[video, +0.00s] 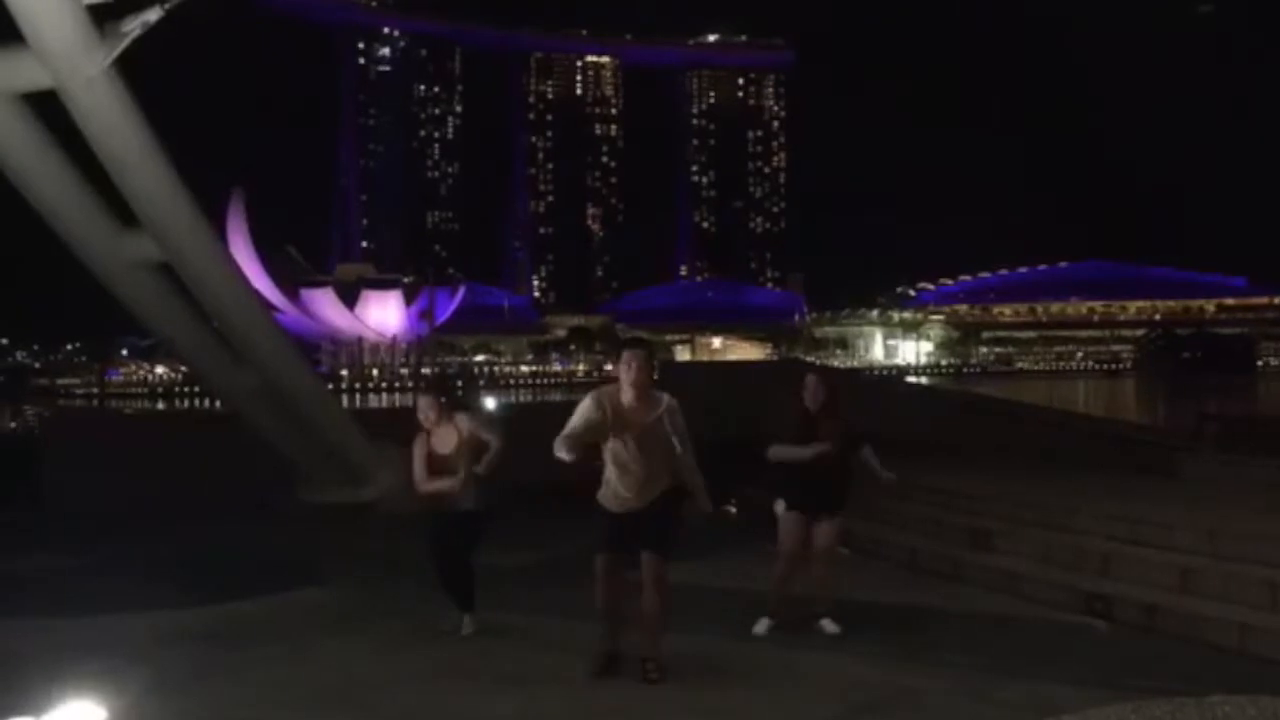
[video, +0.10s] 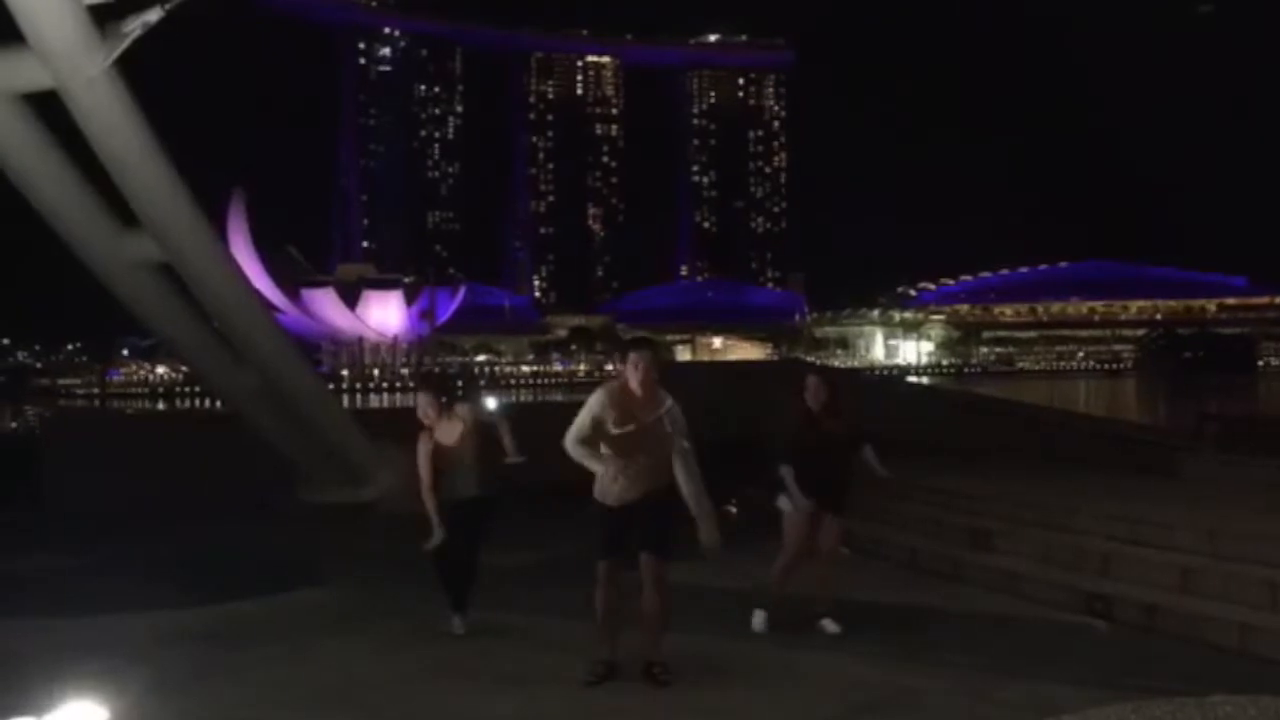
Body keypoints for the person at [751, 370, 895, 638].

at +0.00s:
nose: (810, 394)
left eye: (816, 388)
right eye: (807, 388)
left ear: (827, 392)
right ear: (801, 391)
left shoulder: (838, 423)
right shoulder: (792, 419)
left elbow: (863, 449)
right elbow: (773, 451)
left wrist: (880, 473)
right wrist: (809, 452)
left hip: (829, 498)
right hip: (793, 497)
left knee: (824, 559)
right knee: (787, 555)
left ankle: (823, 614)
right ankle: (772, 614)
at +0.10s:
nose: (812, 395)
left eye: (817, 389)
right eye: (808, 389)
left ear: (828, 392)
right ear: (803, 392)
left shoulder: (841, 421)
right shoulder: (797, 423)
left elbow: (863, 447)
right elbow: (784, 465)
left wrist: (879, 471)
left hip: (833, 495)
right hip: (801, 495)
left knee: (829, 556)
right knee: (792, 551)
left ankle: (823, 612)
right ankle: (764, 607)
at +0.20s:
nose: (816, 398)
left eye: (821, 392)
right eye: (811, 392)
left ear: (830, 395)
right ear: (804, 396)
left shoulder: (840, 427)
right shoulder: (794, 426)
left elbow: (865, 456)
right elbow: (773, 468)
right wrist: (760, 505)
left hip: (831, 494)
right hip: (798, 492)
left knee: (830, 554)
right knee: (808, 536)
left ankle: (824, 612)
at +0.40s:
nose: (818, 402)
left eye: (822, 397)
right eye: (814, 397)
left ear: (830, 399)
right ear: (807, 398)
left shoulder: (834, 427)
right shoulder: (794, 425)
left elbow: (844, 454)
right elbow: (765, 459)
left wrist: (863, 456)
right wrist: (742, 492)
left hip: (828, 495)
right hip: (795, 492)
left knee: (829, 553)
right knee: (804, 540)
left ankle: (823, 611)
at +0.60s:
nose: (812, 400)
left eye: (817, 394)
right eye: (809, 394)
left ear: (827, 396)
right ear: (803, 396)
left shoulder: (838, 425)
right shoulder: (792, 424)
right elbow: (771, 463)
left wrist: (847, 482)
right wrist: (762, 498)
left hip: (826, 498)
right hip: (791, 497)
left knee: (826, 558)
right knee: (786, 557)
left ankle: (824, 613)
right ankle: (775, 619)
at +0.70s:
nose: (809, 401)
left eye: (815, 396)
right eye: (806, 395)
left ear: (826, 399)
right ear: (801, 398)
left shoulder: (836, 430)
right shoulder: (789, 427)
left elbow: (845, 472)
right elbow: (769, 465)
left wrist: (819, 496)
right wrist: (759, 501)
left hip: (825, 497)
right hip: (791, 497)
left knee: (829, 551)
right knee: (796, 541)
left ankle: (826, 610)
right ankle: (803, 601)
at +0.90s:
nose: (799, 407)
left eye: (804, 402)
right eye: (796, 401)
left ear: (815, 405)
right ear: (792, 403)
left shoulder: (825, 434)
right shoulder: (782, 429)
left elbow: (816, 472)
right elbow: (761, 460)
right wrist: (741, 484)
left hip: (822, 494)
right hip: (789, 491)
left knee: (829, 553)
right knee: (794, 531)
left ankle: (822, 610)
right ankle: (783, 587)